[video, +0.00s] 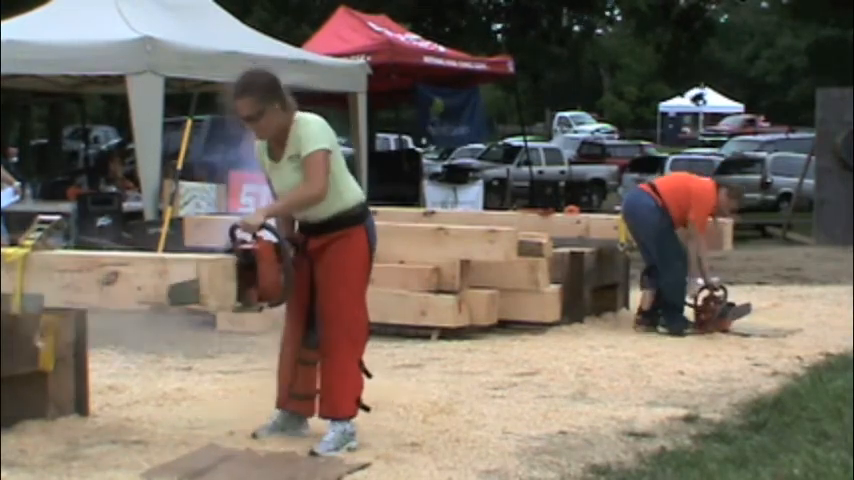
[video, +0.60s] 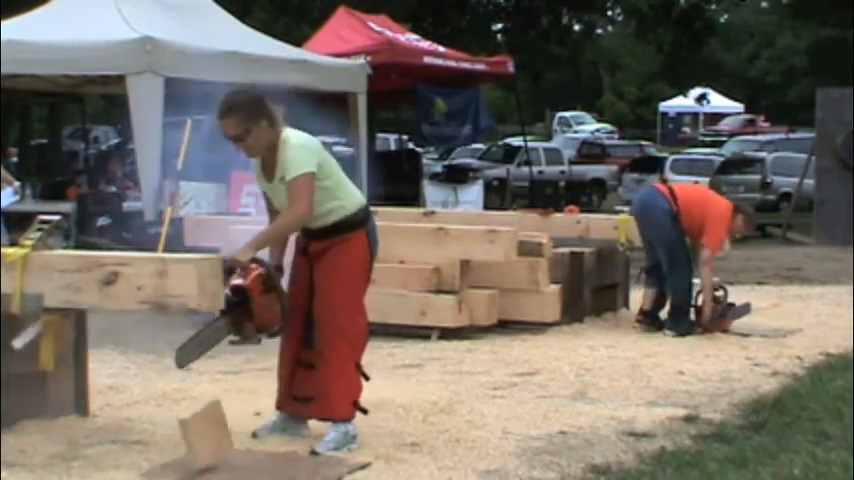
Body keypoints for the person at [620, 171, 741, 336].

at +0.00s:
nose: (729, 212)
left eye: (733, 208)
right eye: (731, 206)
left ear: (722, 191)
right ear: (724, 193)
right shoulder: (706, 193)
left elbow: (691, 240)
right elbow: (698, 241)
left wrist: (693, 278)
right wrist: (707, 278)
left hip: (635, 201)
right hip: (649, 207)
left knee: (658, 264)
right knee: (676, 262)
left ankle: (648, 314)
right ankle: (673, 320)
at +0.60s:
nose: (737, 235)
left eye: (742, 234)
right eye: (741, 231)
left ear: (737, 216)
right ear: (739, 218)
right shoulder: (721, 213)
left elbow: (698, 252)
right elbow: (705, 261)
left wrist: (708, 281)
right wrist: (707, 307)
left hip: (645, 200)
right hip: (659, 206)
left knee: (656, 264)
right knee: (681, 268)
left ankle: (647, 313)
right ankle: (679, 321)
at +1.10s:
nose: (737, 224)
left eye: (742, 222)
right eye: (741, 220)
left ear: (736, 207)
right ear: (737, 208)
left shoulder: (716, 200)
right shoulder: (718, 206)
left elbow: (699, 245)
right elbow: (698, 245)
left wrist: (707, 279)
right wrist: (698, 280)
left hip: (644, 200)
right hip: (656, 206)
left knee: (657, 264)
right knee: (675, 263)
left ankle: (647, 313)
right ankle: (678, 320)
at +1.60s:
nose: (731, 212)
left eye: (733, 208)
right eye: (732, 207)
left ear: (717, 192)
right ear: (726, 199)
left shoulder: (700, 192)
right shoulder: (714, 209)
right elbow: (700, 248)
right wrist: (706, 280)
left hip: (637, 210)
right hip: (658, 219)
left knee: (658, 269)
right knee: (690, 269)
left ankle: (637, 313)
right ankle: (680, 321)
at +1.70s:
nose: (729, 191)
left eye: (731, 188)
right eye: (730, 186)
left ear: (716, 171)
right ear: (727, 178)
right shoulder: (716, 182)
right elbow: (708, 219)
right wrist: (708, 253)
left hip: (641, 210)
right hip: (660, 214)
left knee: (665, 271)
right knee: (693, 271)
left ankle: (639, 313)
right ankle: (683, 323)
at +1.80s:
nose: (730, 190)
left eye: (732, 186)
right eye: (731, 183)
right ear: (726, 171)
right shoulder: (714, 163)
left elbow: (699, 247)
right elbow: (702, 177)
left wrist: (711, 276)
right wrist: (706, 216)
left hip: (645, 200)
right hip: (664, 204)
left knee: (662, 265)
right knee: (683, 263)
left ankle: (640, 313)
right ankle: (684, 321)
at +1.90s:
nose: (732, 196)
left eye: (734, 196)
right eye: (733, 190)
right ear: (730, 178)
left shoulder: (705, 206)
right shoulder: (715, 166)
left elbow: (695, 243)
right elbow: (694, 152)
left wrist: (704, 279)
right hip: (662, 201)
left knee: (661, 264)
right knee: (682, 263)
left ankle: (641, 312)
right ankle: (681, 319)